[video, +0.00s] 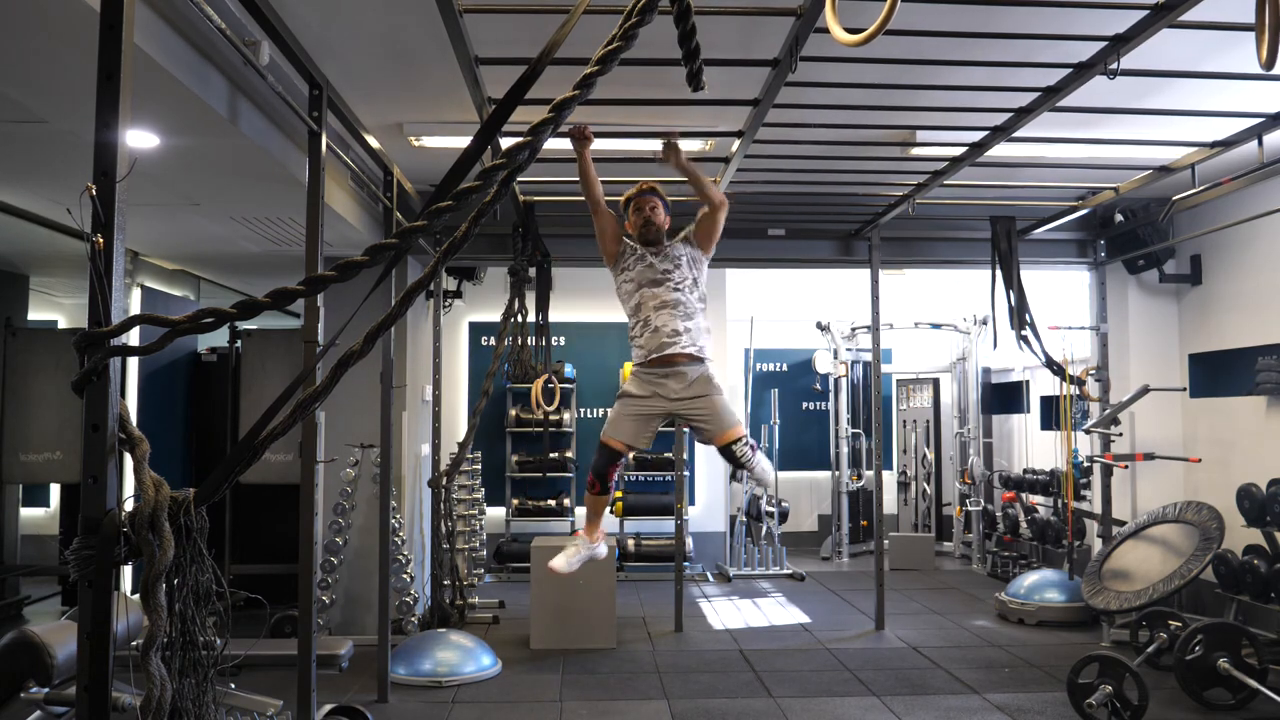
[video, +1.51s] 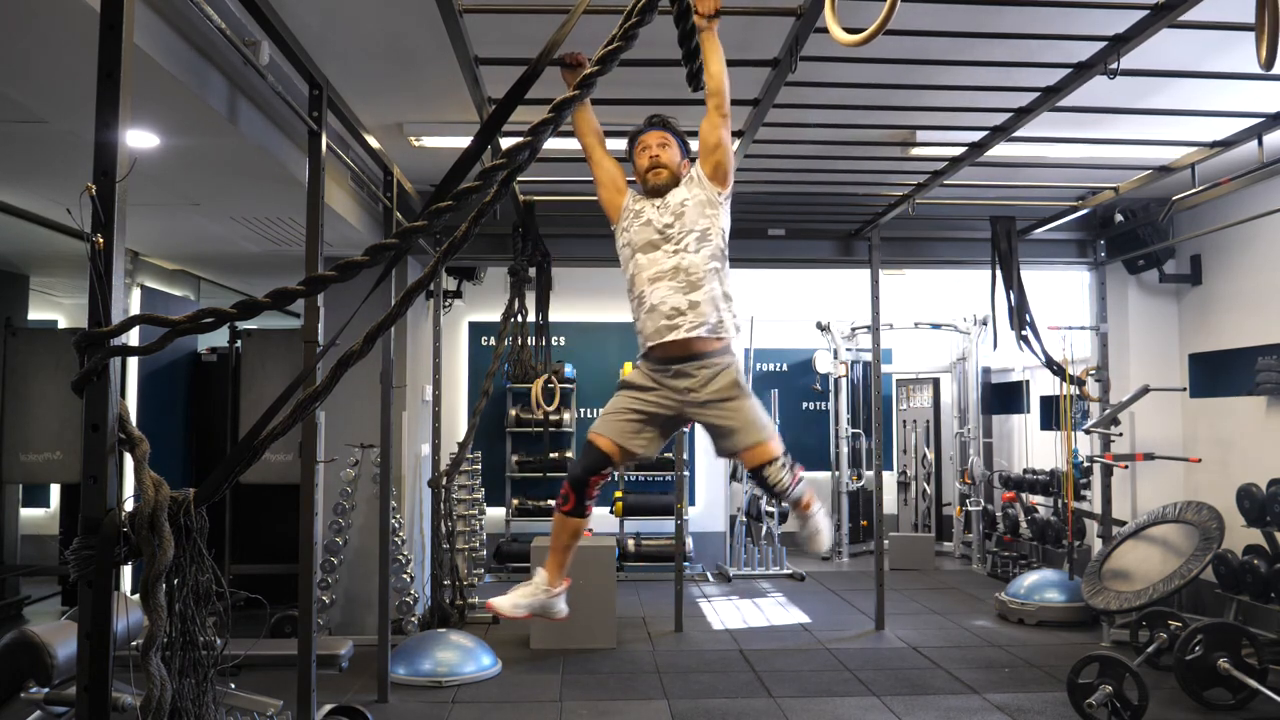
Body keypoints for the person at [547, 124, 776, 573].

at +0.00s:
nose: (646, 212)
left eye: (653, 207)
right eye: (638, 210)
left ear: (668, 217)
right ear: (629, 223)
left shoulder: (693, 250)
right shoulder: (622, 255)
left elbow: (717, 205)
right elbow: (596, 205)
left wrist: (683, 165)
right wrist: (583, 153)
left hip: (696, 376)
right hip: (644, 380)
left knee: (742, 457)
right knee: (602, 466)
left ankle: (754, 464)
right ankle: (591, 537)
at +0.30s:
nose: (640, 212)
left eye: (647, 206)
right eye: (631, 209)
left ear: (664, 215)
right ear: (621, 221)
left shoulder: (679, 249)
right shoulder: (615, 254)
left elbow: (681, 189)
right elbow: (591, 202)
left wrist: (682, 127)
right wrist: (582, 155)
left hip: (668, 388)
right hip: (619, 387)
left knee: (683, 485)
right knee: (565, 469)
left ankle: (688, 513)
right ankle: (531, 558)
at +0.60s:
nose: (608, 207)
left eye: (616, 203)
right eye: (600, 201)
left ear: (627, 216)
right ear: (584, 211)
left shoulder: (640, 248)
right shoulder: (561, 244)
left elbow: (662, 183)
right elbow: (536, 190)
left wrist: (677, 129)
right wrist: (586, 161)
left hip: (616, 387)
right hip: (558, 385)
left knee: (657, 490)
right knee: (506, 489)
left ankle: (650, 523)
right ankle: (510, 511)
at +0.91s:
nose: (617, 182)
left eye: (624, 179)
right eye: (606, 177)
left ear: (633, 193)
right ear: (585, 189)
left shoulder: (644, 228)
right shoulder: (569, 227)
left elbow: (667, 173)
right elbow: (566, 156)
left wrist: (678, 125)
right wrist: (570, 88)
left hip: (641, 379)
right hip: (582, 385)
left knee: (694, 457)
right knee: (574, 508)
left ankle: (720, 574)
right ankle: (593, 561)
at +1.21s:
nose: (642, 173)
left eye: (652, 167)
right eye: (631, 169)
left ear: (669, 181)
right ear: (619, 187)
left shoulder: (699, 219)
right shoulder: (614, 225)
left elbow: (728, 168)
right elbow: (590, 153)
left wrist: (690, 131)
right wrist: (576, 88)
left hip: (710, 359)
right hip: (648, 371)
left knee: (777, 390)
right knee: (621, 490)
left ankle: (843, 483)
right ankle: (630, 574)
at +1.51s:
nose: (651, 155)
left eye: (662, 149)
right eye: (643, 153)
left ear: (685, 161)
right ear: (635, 170)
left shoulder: (707, 191)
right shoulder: (626, 212)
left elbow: (719, 110)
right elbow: (594, 149)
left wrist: (708, 28)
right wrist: (577, 89)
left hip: (715, 373)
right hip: (649, 377)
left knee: (770, 475)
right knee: (582, 471)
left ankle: (805, 505)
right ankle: (550, 585)